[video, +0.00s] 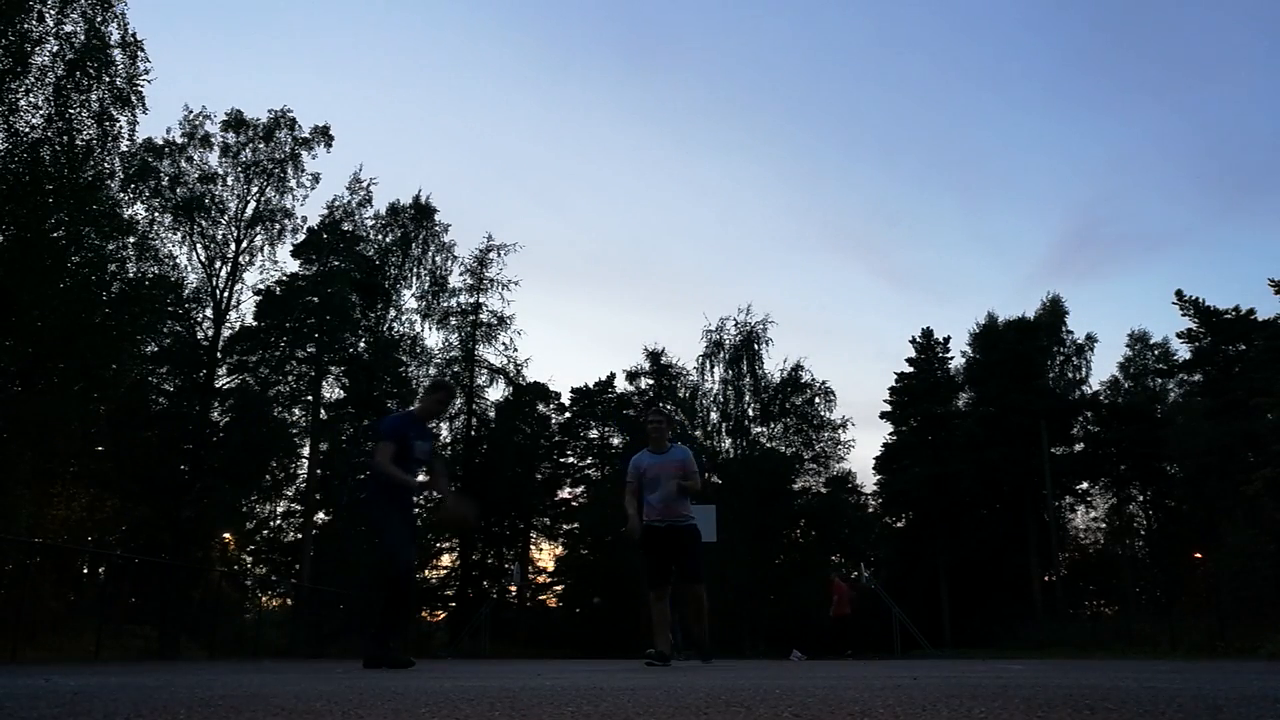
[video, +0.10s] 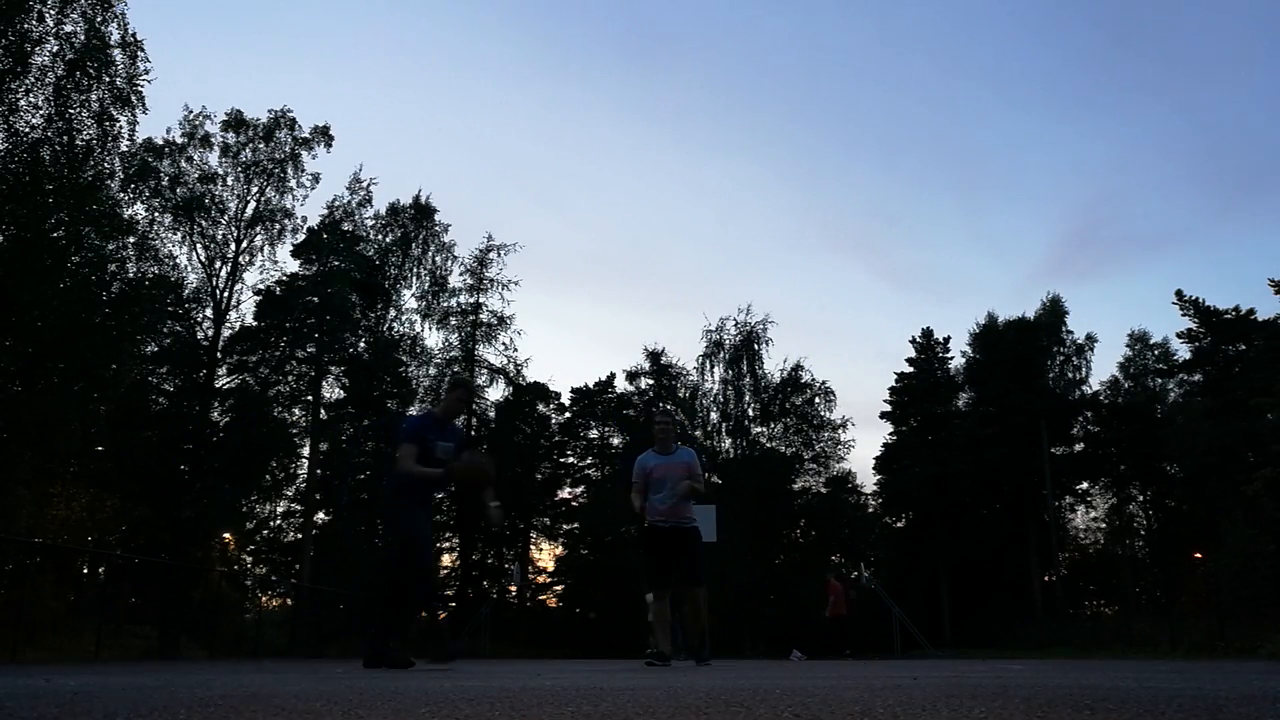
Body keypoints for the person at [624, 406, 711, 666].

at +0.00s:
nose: (655, 427)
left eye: (659, 423)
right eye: (651, 423)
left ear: (668, 427)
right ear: (646, 428)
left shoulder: (683, 454)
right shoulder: (638, 460)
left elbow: (696, 485)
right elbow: (630, 495)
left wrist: (681, 484)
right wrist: (634, 520)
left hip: (683, 527)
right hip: (653, 529)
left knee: (694, 587)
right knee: (658, 589)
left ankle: (701, 645)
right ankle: (662, 649)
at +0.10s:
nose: (662, 428)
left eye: (666, 424)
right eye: (659, 424)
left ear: (674, 428)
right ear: (653, 428)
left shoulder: (688, 455)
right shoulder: (644, 460)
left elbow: (701, 488)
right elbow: (636, 492)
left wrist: (688, 486)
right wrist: (640, 507)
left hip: (685, 529)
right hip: (656, 529)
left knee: (693, 589)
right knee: (659, 591)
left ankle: (699, 648)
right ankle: (663, 650)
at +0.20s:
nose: (671, 430)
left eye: (675, 426)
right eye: (667, 426)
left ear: (681, 430)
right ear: (660, 430)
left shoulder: (694, 457)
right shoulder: (650, 460)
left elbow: (711, 486)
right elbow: (635, 492)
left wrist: (702, 483)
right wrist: (649, 479)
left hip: (688, 530)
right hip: (659, 530)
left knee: (691, 590)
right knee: (661, 591)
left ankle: (693, 649)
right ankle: (663, 650)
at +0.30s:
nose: (678, 432)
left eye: (682, 428)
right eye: (674, 428)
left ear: (688, 431)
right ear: (667, 431)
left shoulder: (700, 460)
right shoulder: (656, 458)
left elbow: (715, 488)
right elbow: (637, 480)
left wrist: (715, 469)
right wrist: (647, 462)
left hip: (690, 531)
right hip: (662, 530)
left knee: (692, 592)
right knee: (662, 592)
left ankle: (694, 650)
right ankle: (663, 650)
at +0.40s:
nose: (684, 433)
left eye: (688, 429)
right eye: (680, 429)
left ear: (694, 433)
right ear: (673, 432)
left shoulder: (702, 459)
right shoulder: (661, 456)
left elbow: (725, 474)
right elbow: (642, 465)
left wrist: (725, 459)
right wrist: (650, 443)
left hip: (693, 532)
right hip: (665, 531)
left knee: (694, 592)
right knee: (663, 591)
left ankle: (694, 651)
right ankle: (663, 651)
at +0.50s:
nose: (688, 433)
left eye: (692, 430)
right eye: (684, 429)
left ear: (698, 434)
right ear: (676, 433)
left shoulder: (702, 458)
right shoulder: (667, 456)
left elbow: (720, 455)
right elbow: (655, 449)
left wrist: (731, 443)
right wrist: (652, 427)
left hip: (694, 531)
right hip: (667, 531)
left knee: (694, 592)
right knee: (666, 590)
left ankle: (692, 651)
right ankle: (664, 650)